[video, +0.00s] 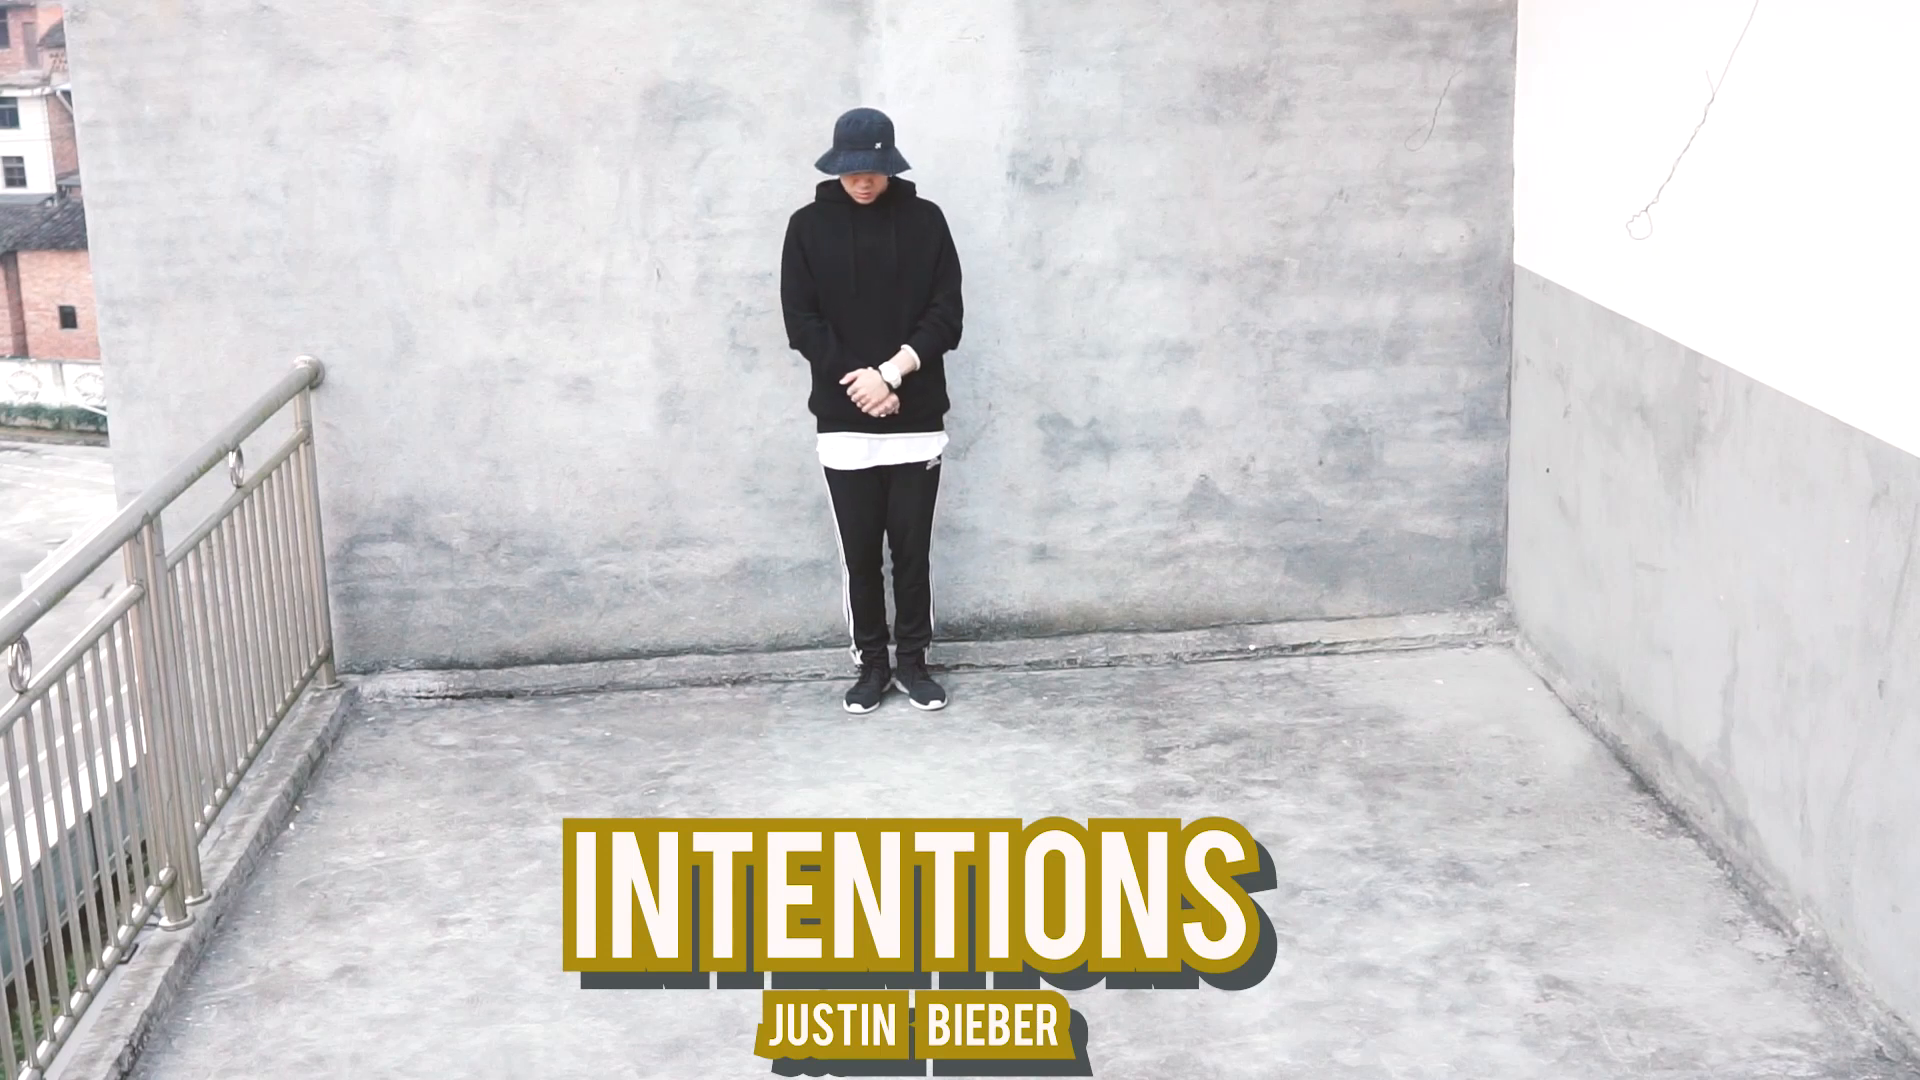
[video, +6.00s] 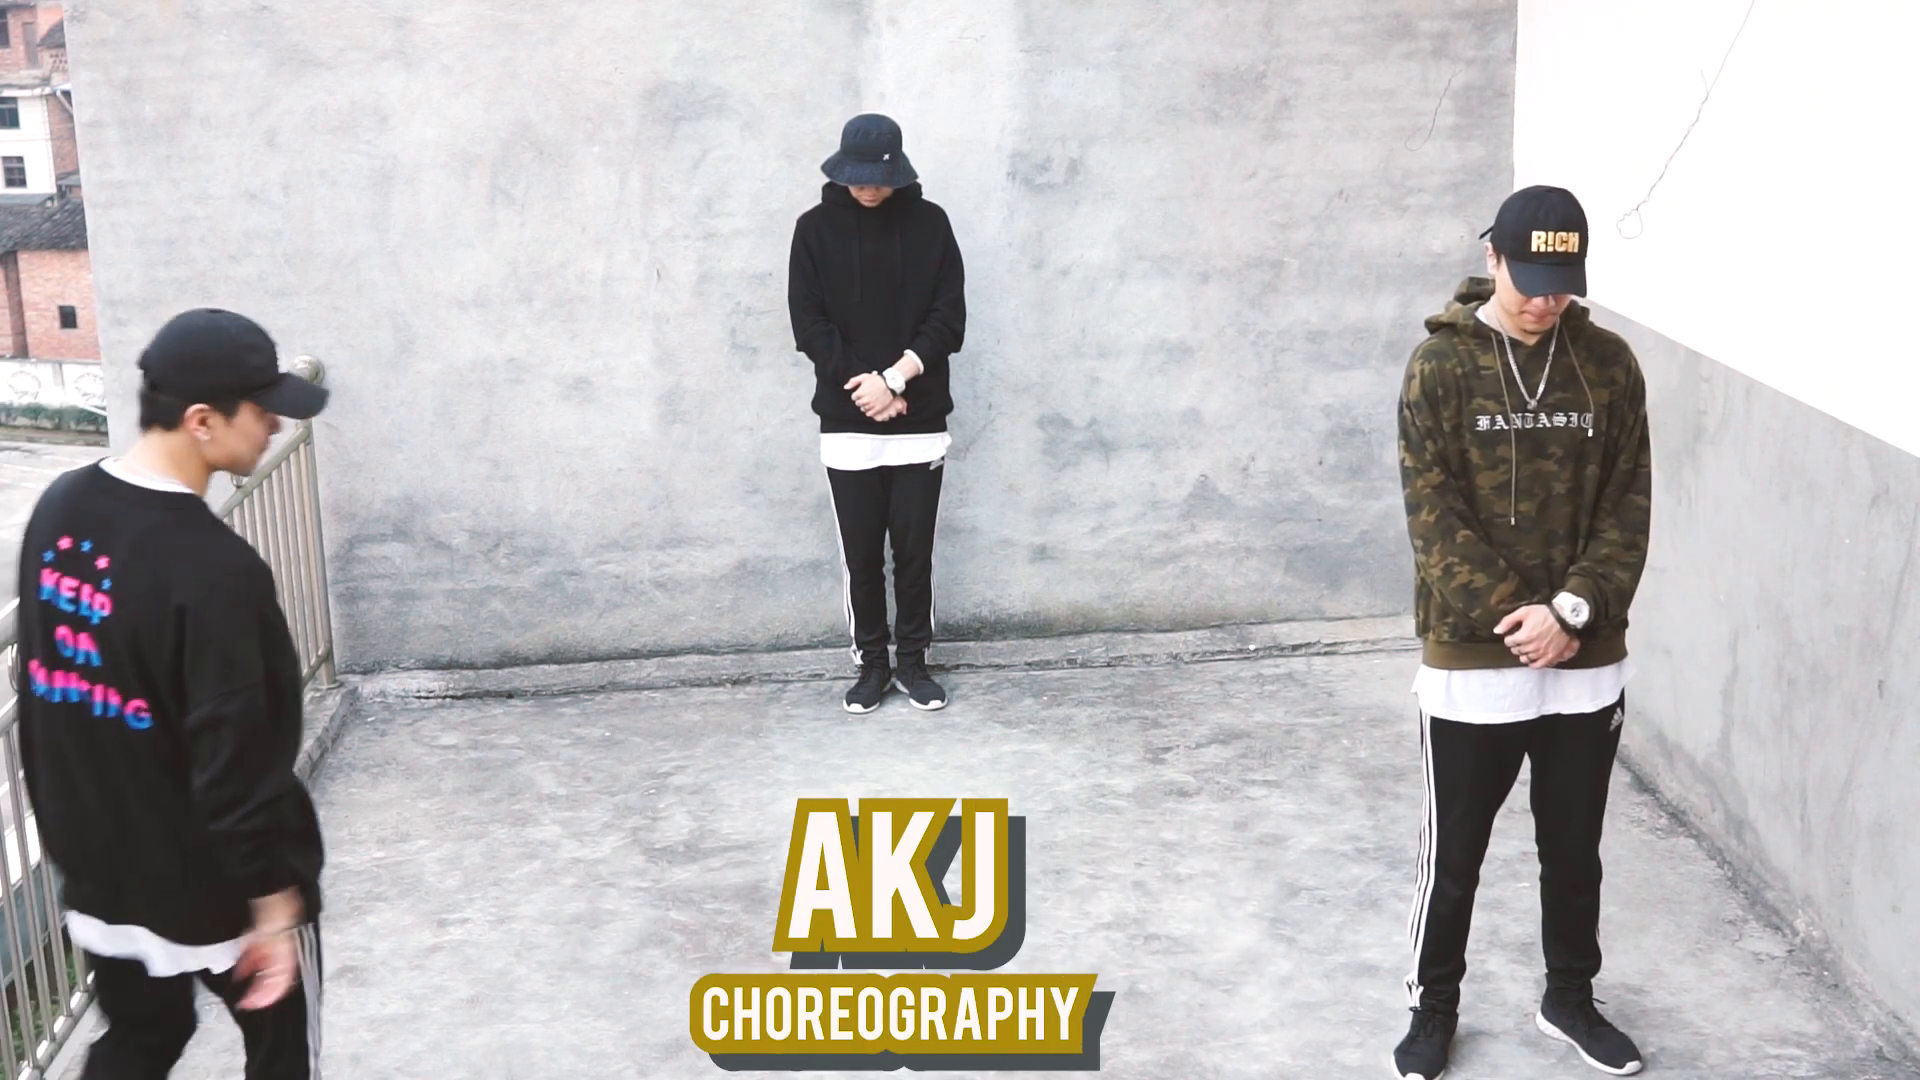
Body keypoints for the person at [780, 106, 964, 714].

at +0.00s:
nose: (862, 181)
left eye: (872, 171)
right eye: (851, 171)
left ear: (891, 166)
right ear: (835, 168)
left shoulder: (924, 219)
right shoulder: (809, 225)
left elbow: (947, 315)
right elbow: (801, 322)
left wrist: (892, 368)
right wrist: (859, 383)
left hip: (917, 412)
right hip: (842, 415)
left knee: (911, 548)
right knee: (860, 551)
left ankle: (913, 663)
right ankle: (872, 666)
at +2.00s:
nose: (870, 181)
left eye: (881, 170)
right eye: (859, 170)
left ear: (900, 167)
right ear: (844, 168)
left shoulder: (932, 222)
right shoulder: (819, 226)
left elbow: (952, 317)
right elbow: (810, 322)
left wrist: (897, 373)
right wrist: (866, 386)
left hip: (922, 415)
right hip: (848, 418)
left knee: (914, 551)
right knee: (863, 554)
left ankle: (913, 664)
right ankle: (872, 667)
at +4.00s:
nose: (865, 184)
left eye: (877, 173)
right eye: (855, 173)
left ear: (896, 169)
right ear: (840, 170)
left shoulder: (928, 221)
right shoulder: (814, 227)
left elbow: (948, 317)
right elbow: (807, 323)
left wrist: (894, 373)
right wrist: (863, 387)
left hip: (919, 413)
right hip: (845, 416)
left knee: (913, 548)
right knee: (861, 551)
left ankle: (913, 663)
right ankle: (872, 666)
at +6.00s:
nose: (869, 189)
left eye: (880, 179)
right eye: (858, 178)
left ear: (898, 173)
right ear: (841, 173)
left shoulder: (929, 222)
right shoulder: (815, 228)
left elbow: (949, 317)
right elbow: (808, 325)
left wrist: (895, 374)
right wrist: (864, 387)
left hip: (920, 415)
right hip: (846, 419)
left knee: (913, 550)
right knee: (862, 553)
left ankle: (913, 663)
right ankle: (873, 667)